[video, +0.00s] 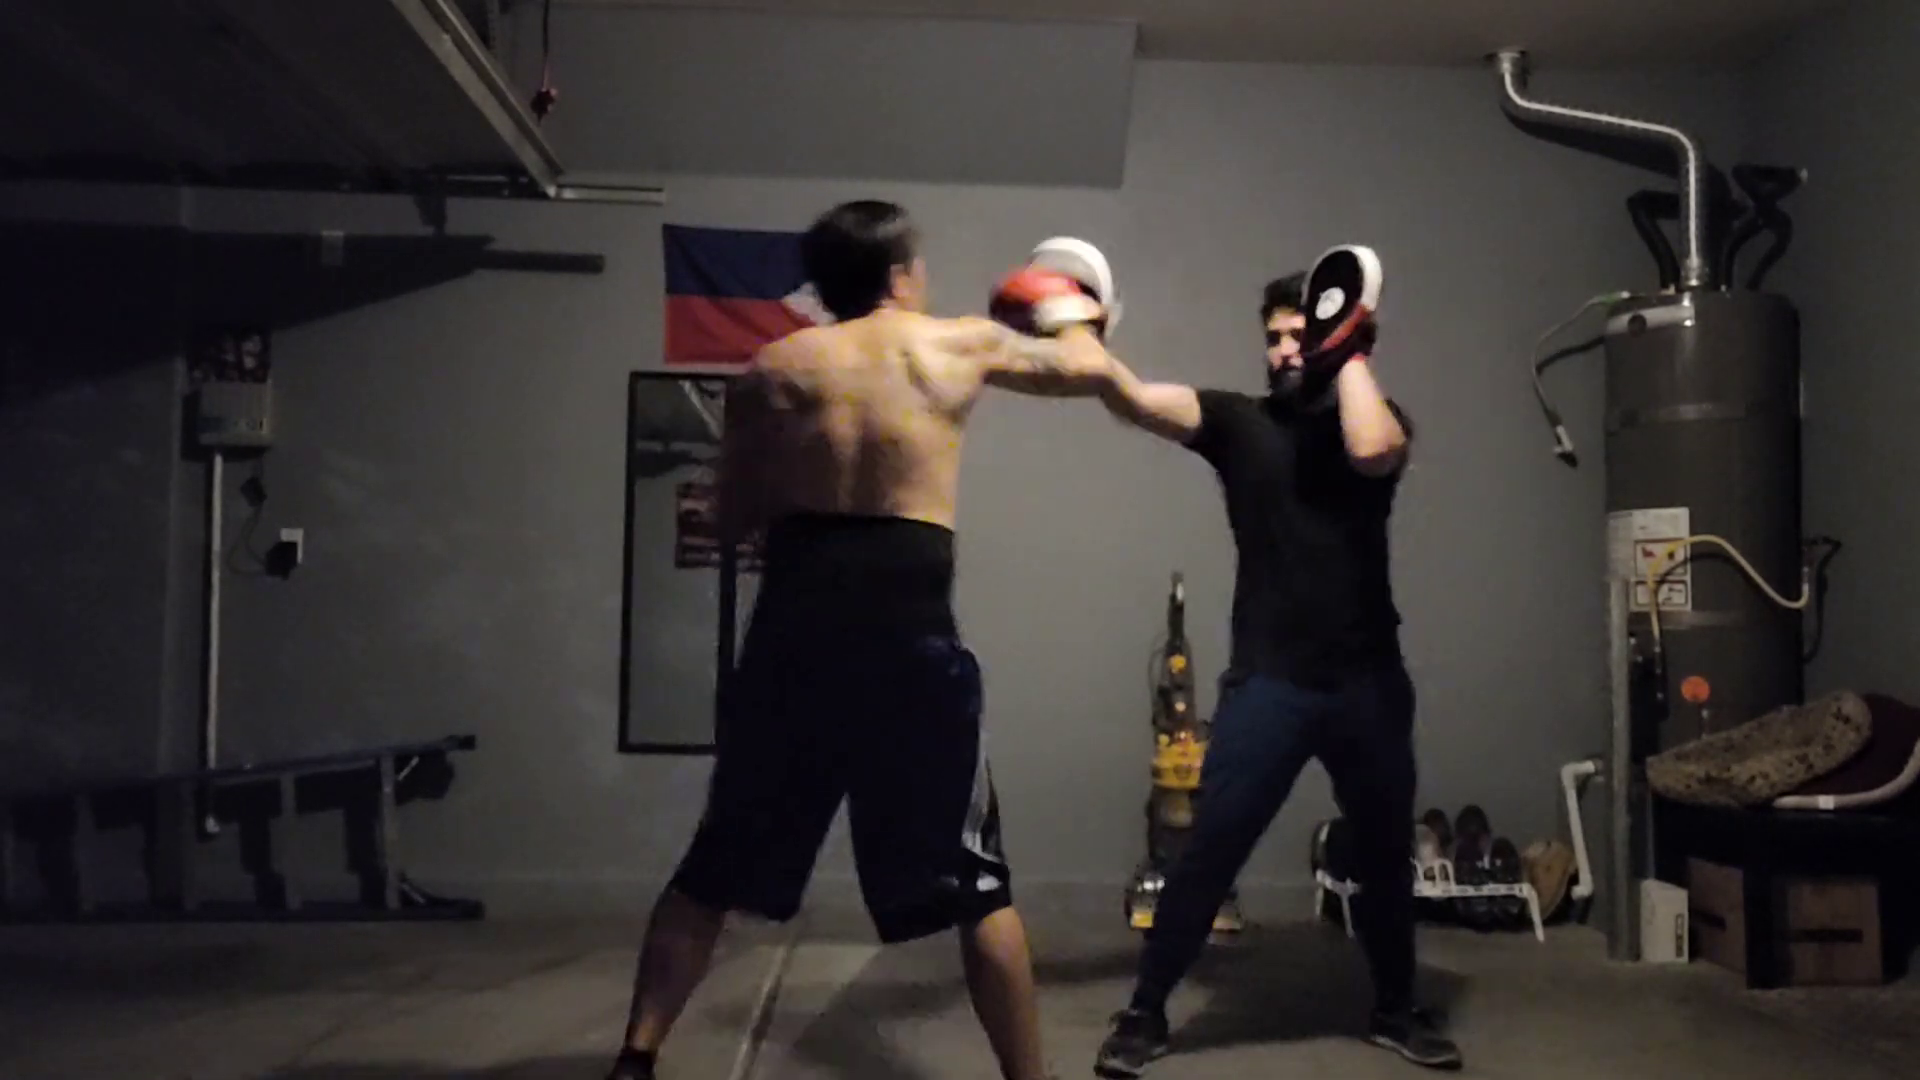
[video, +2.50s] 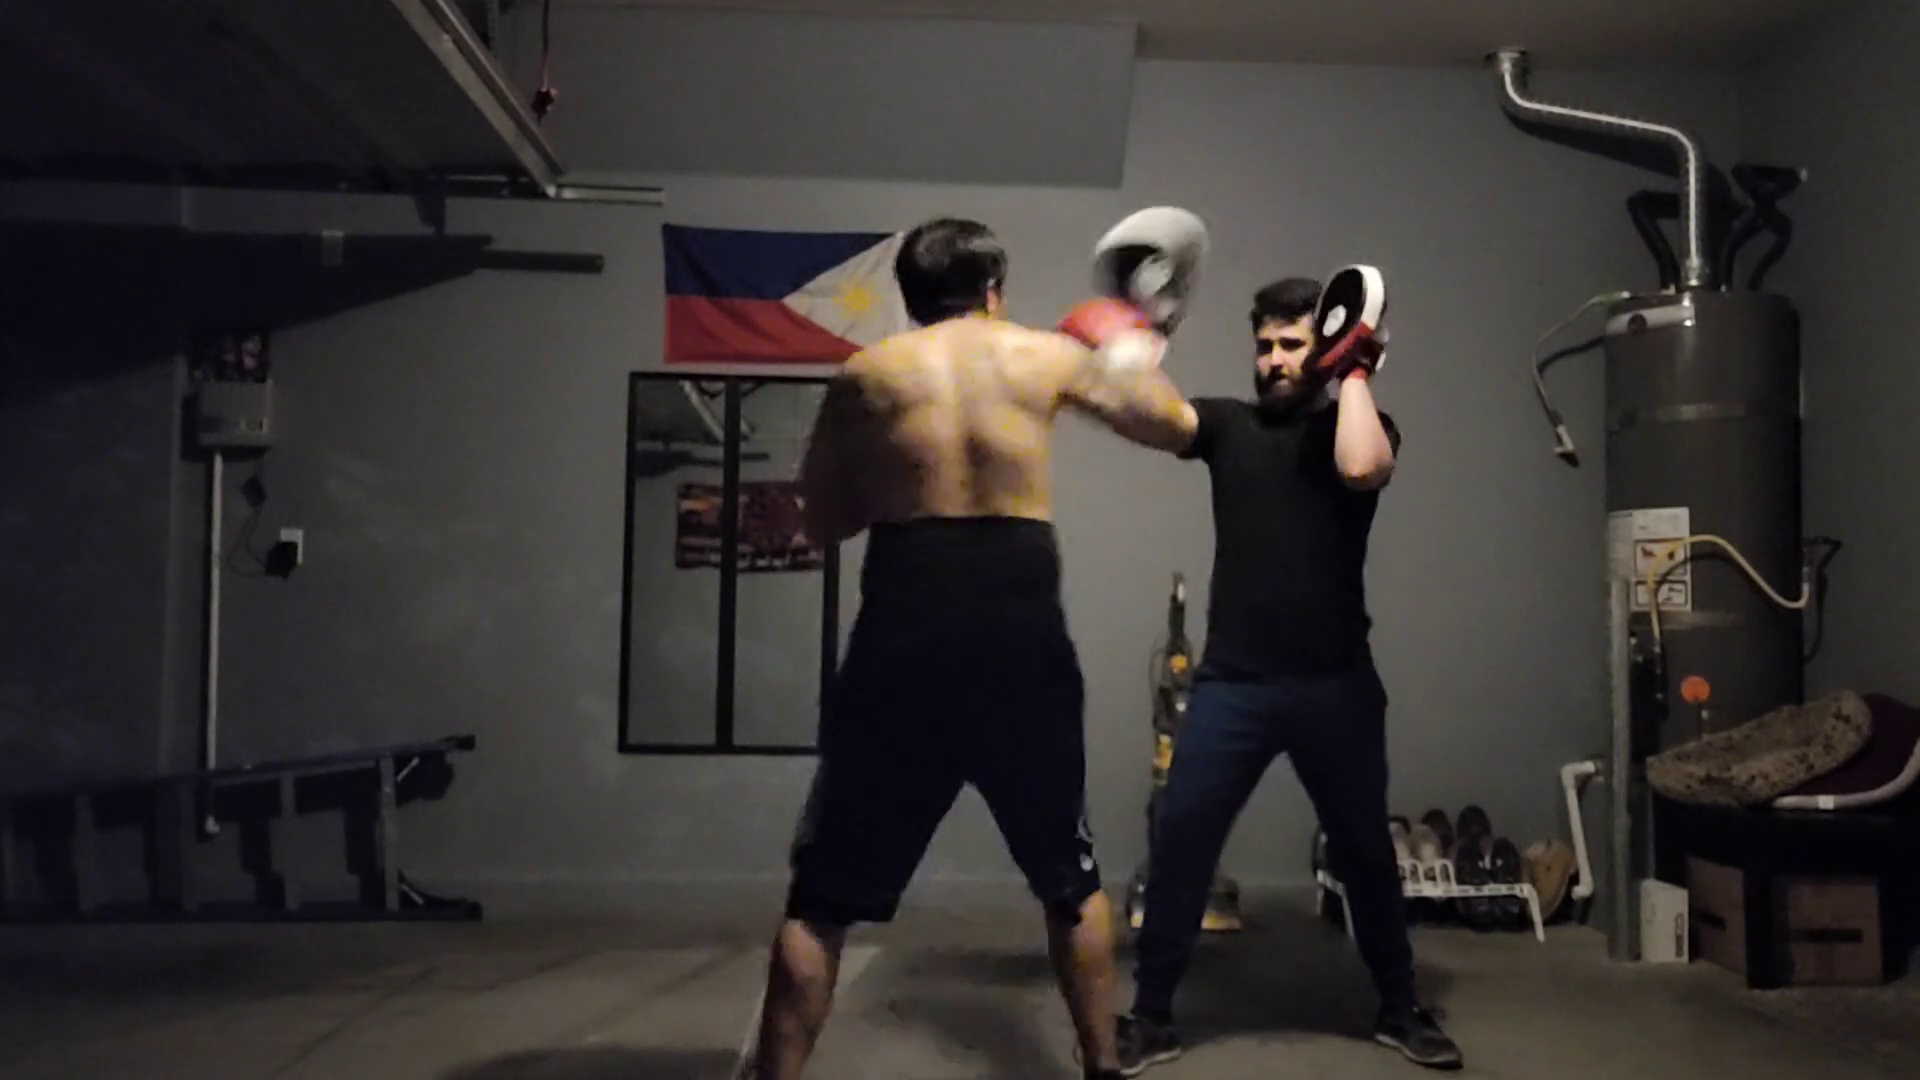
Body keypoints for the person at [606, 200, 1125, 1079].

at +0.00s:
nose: (924, 278)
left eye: (917, 263)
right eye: (917, 266)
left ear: (826, 285)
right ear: (899, 280)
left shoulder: (769, 371)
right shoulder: (959, 344)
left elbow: (733, 521)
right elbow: (1088, 367)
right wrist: (1075, 308)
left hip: (794, 645)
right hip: (913, 644)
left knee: (716, 860)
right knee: (971, 873)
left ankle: (635, 1057)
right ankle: (1028, 1071)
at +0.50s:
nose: (1008, 278)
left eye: (1003, 262)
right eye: (1005, 265)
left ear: (915, 275)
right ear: (990, 275)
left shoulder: (863, 355)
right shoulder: (1015, 370)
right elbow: (1095, 490)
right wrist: (1129, 403)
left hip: (836, 632)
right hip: (942, 639)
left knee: (754, 852)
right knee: (1014, 885)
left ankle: (656, 1046)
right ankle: (1036, 1070)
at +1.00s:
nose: (880, 312)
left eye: (875, 297)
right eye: (877, 299)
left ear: (787, 303)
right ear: (854, 305)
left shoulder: (730, 389)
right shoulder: (883, 386)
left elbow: (755, 515)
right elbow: (973, 521)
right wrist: (981, 472)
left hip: (748, 665)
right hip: (866, 664)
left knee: (681, 889)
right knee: (969, 869)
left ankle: (626, 1071)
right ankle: (1027, 1066)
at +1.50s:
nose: (1003, 300)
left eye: (998, 289)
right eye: (1001, 289)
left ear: (910, 290)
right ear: (985, 293)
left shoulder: (852, 370)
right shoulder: (1020, 352)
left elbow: (872, 496)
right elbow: (1124, 408)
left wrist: (1005, 482)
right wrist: (1102, 337)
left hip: (848, 651)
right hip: (958, 653)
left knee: (775, 861)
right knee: (1041, 890)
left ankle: (676, 1047)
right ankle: (1063, 1070)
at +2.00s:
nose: (1038, 301)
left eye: (1034, 289)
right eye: (1035, 289)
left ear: (942, 291)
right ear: (1021, 293)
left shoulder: (881, 366)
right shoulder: (1053, 366)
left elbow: (892, 476)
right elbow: (1137, 462)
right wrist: (1132, 374)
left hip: (863, 627)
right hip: (972, 635)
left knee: (789, 853)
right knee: (1046, 883)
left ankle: (696, 1046)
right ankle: (1070, 1070)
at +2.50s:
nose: (1007, 298)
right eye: (1006, 288)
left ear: (910, 295)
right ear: (995, 293)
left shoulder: (863, 376)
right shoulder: (1046, 356)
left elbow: (826, 520)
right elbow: (1177, 423)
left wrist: (895, 464)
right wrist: (1134, 347)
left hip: (904, 639)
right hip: (1021, 640)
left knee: (824, 894)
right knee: (1070, 875)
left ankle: (772, 1070)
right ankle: (1103, 1063)